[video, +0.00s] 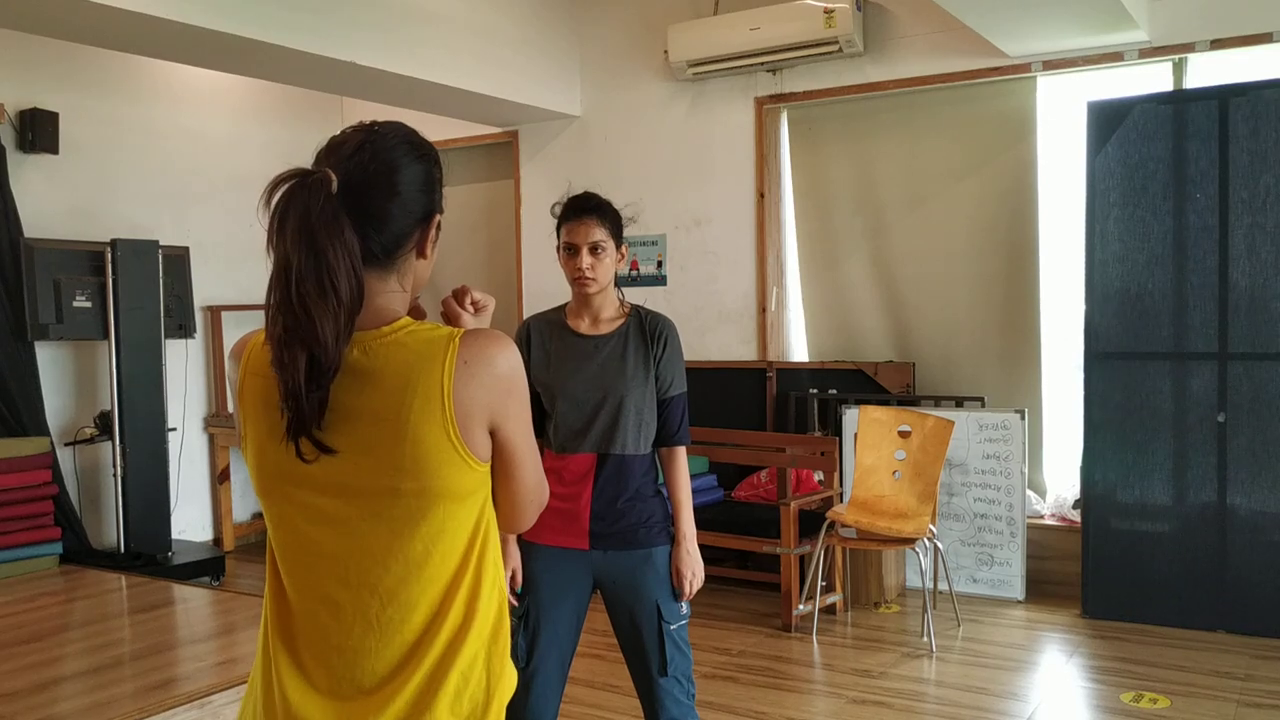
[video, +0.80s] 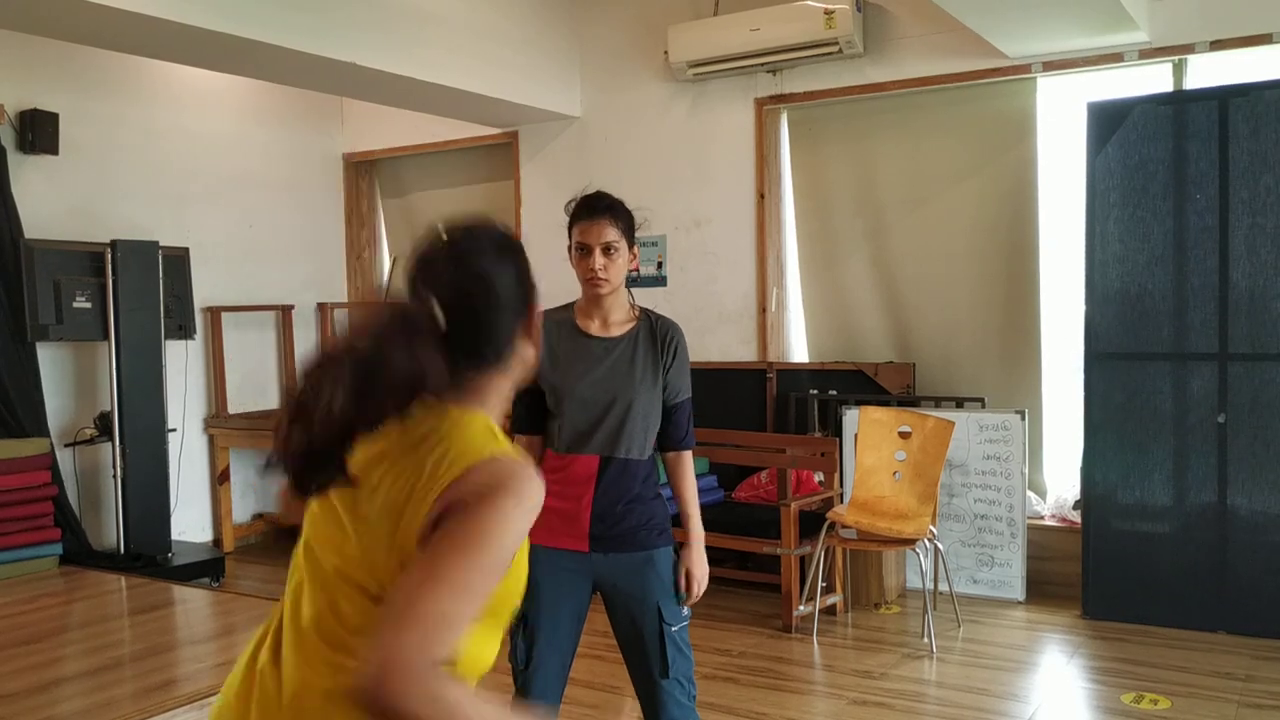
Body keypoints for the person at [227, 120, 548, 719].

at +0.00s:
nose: (439, 234)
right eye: (440, 222)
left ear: (314, 223)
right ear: (429, 236)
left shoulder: (254, 361)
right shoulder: (482, 360)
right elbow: (522, 509)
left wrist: (433, 345)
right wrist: (469, 345)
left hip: (292, 696)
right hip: (447, 700)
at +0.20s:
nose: (440, 234)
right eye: (441, 222)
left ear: (316, 222)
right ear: (430, 235)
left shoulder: (256, 360)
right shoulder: (483, 360)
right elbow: (522, 509)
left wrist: (434, 342)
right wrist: (473, 345)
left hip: (290, 696)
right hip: (446, 700)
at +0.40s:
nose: (442, 235)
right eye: (443, 222)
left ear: (317, 222)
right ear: (432, 236)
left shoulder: (257, 361)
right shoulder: (485, 360)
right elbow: (523, 508)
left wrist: (490, 531)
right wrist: (473, 345)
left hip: (295, 696)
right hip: (449, 700)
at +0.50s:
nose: (442, 234)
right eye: (444, 222)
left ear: (318, 222)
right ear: (433, 235)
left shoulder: (258, 361)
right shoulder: (486, 360)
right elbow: (523, 506)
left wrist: (491, 532)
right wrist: (474, 345)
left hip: (295, 696)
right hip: (449, 700)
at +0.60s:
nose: (454, 230)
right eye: (454, 217)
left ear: (332, 221)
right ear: (443, 231)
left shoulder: (272, 354)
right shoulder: (495, 361)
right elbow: (530, 515)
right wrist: (484, 348)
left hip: (294, 693)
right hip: (446, 699)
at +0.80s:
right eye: (539, 310)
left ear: (427, 320)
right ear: (532, 324)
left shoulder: (375, 413)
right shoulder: (504, 480)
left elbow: (293, 505)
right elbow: (397, 676)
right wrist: (511, 711)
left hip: (255, 698)